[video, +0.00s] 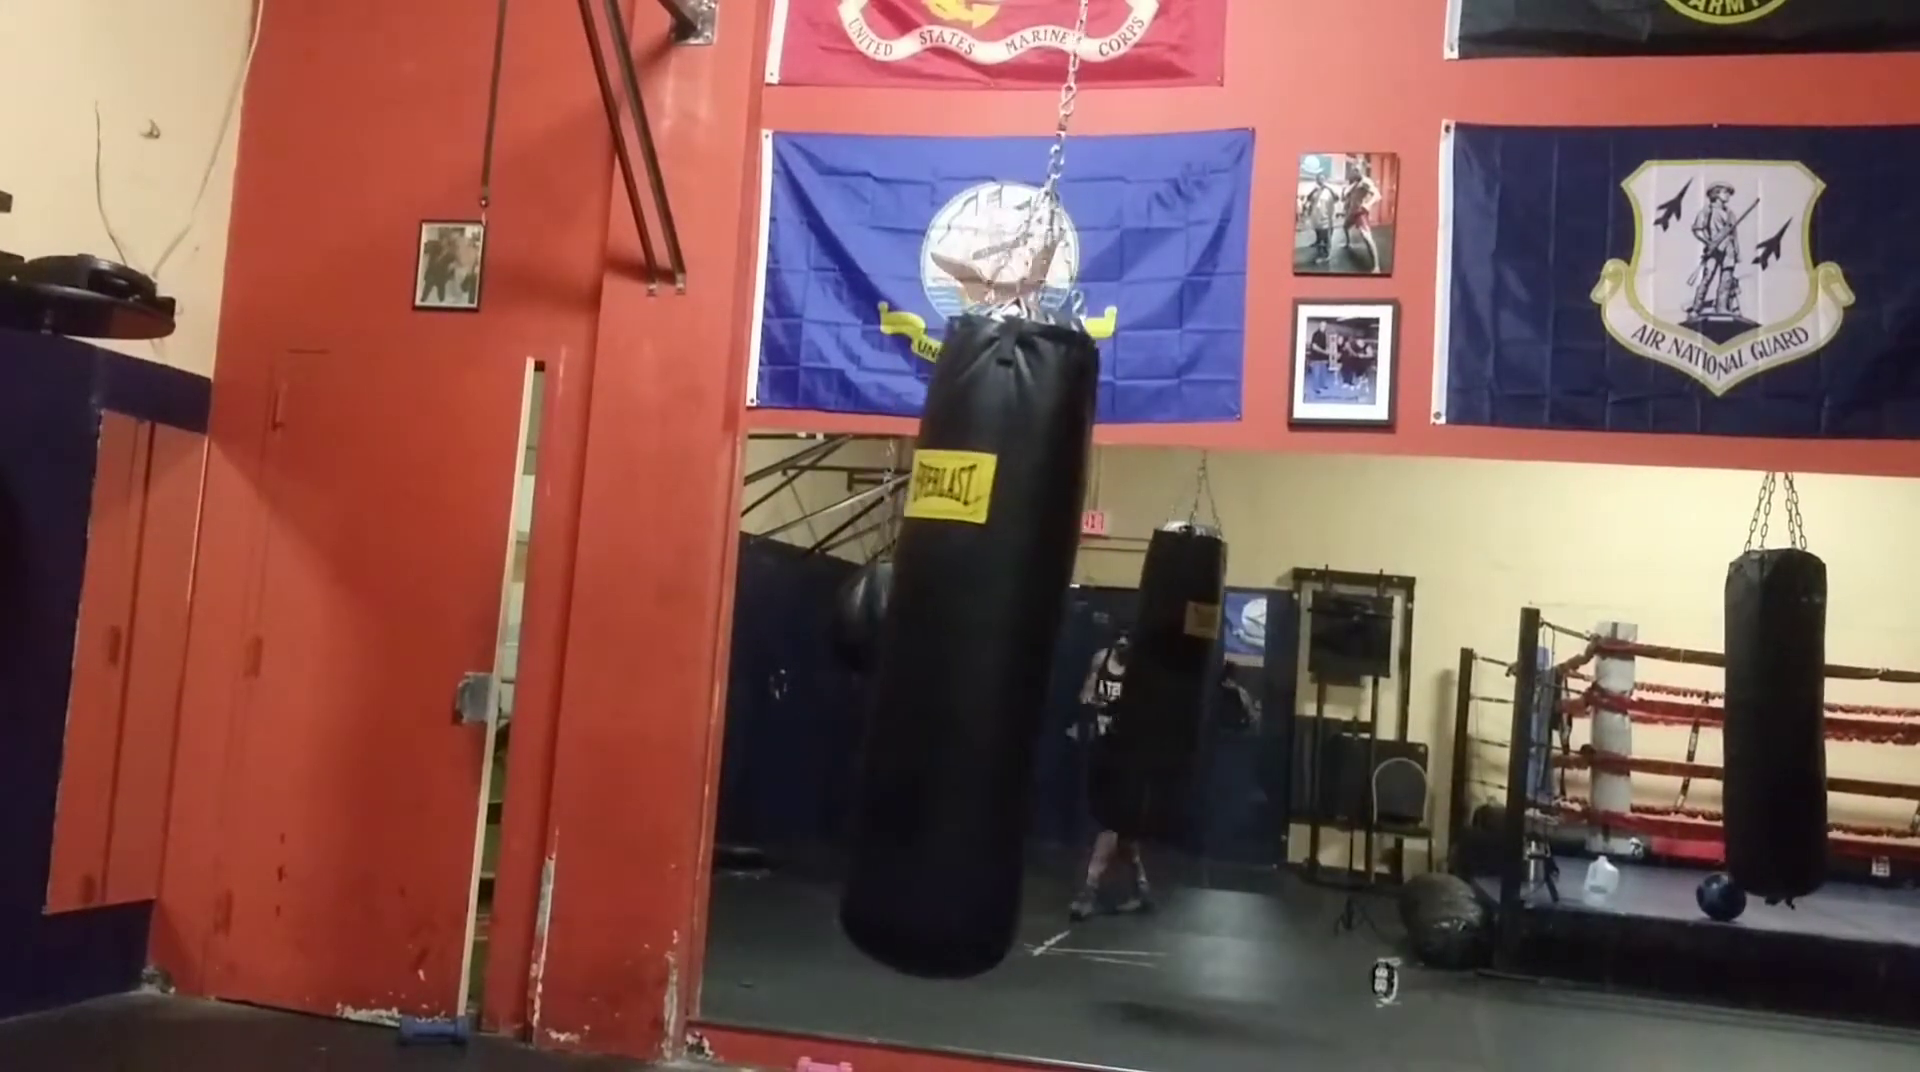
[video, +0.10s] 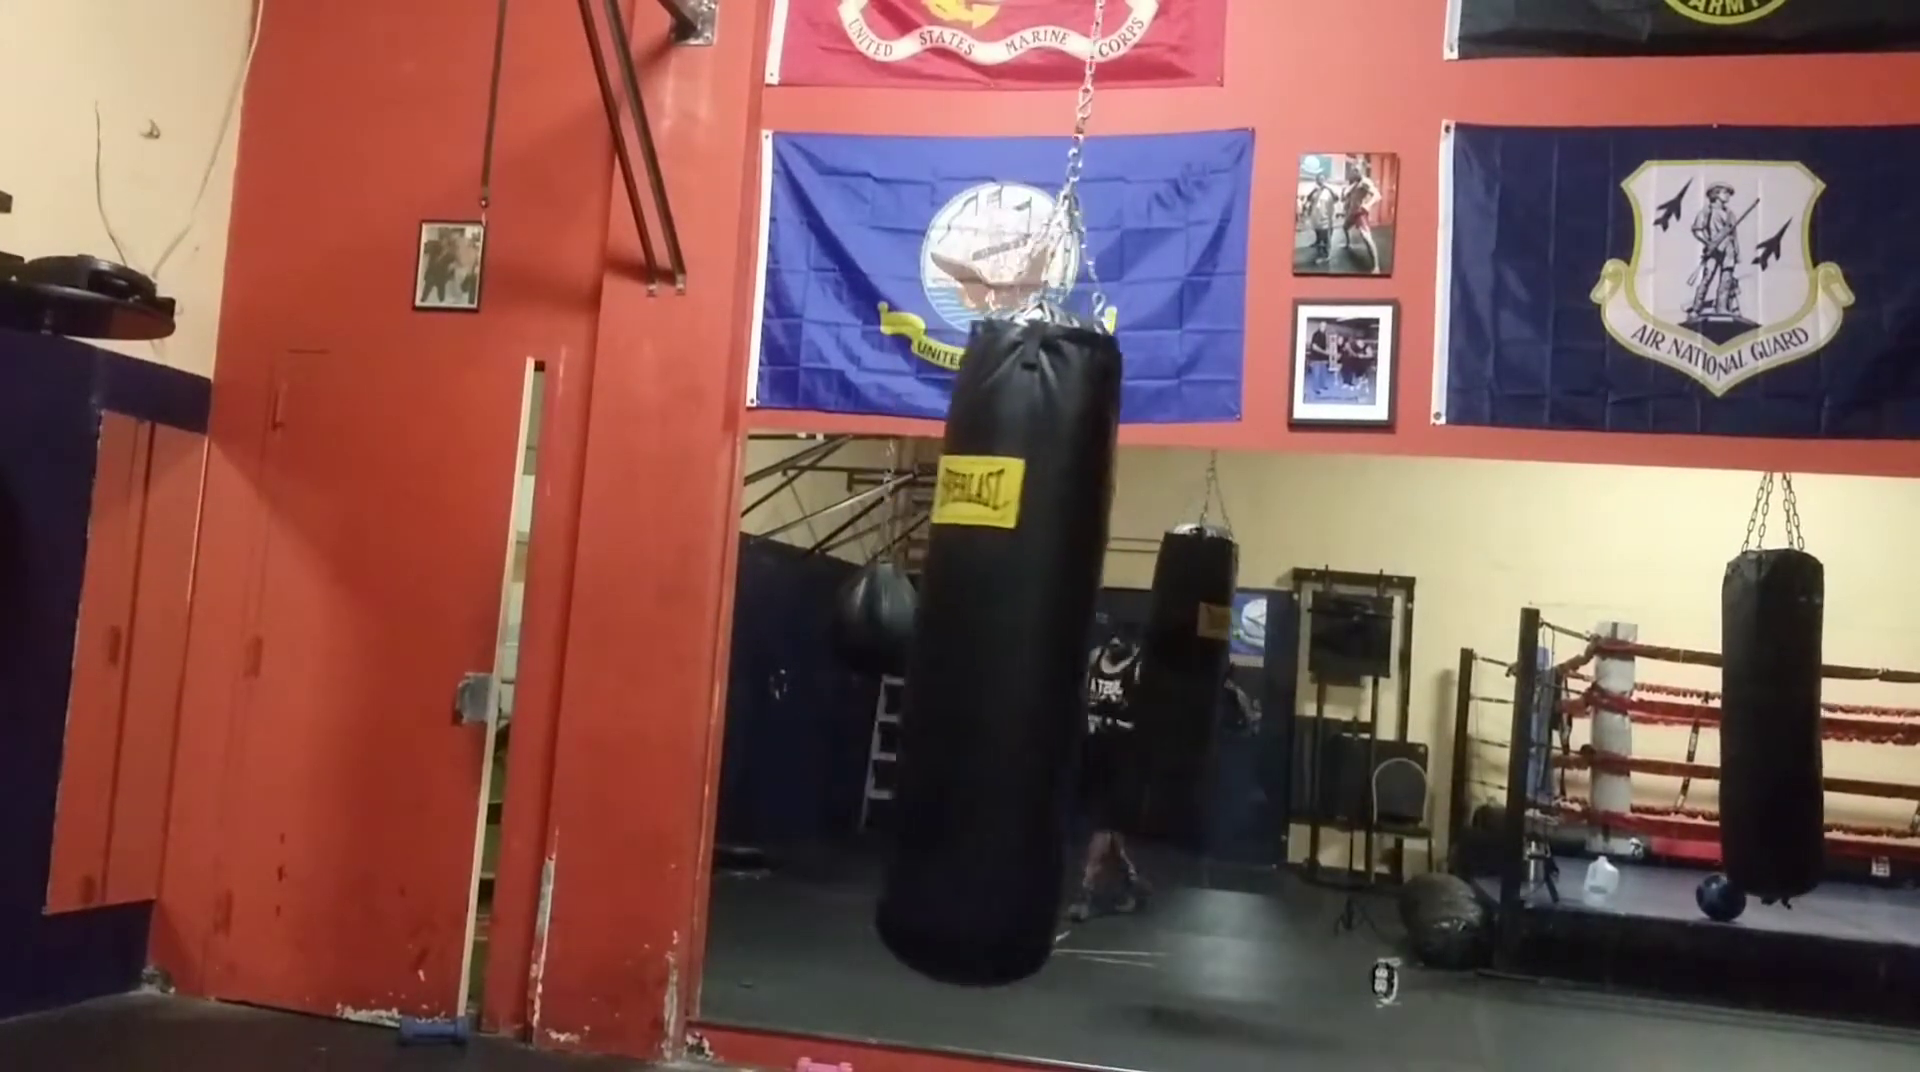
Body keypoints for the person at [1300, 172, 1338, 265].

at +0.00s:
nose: (1320, 182)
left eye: (1322, 180)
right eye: (1318, 180)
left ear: (1324, 180)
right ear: (1316, 181)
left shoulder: (1329, 191)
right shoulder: (1315, 192)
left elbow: (1336, 199)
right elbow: (1309, 199)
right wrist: (1314, 191)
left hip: (1325, 217)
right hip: (1316, 217)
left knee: (1325, 238)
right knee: (1318, 238)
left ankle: (1325, 255)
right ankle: (1318, 254)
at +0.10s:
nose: (1320, 182)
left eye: (1322, 180)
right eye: (1318, 180)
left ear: (1324, 180)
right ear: (1316, 181)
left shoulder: (1328, 192)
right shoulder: (1315, 192)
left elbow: (1336, 199)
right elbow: (1308, 199)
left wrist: (1329, 189)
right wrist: (1314, 192)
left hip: (1325, 217)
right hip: (1315, 217)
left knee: (1325, 239)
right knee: (1318, 238)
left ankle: (1325, 255)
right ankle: (1318, 254)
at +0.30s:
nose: (1320, 182)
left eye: (1322, 180)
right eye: (1318, 180)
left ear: (1325, 180)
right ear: (1316, 181)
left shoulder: (1329, 191)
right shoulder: (1314, 192)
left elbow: (1335, 199)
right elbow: (1309, 199)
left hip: (1325, 217)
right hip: (1315, 217)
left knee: (1325, 239)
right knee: (1318, 238)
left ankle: (1325, 255)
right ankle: (1319, 254)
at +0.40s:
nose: (1320, 183)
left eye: (1321, 180)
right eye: (1318, 181)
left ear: (1325, 181)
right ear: (1316, 181)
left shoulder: (1328, 192)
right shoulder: (1315, 192)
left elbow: (1336, 199)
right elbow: (1309, 199)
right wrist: (1314, 192)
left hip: (1325, 217)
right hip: (1315, 216)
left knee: (1324, 238)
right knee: (1318, 236)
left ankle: (1324, 255)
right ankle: (1318, 253)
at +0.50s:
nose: (1319, 182)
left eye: (1321, 180)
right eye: (1318, 180)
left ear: (1324, 180)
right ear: (1316, 181)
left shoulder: (1329, 192)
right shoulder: (1315, 192)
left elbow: (1336, 198)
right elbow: (1309, 199)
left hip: (1325, 218)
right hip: (1315, 217)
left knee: (1325, 239)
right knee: (1318, 238)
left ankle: (1324, 255)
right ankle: (1318, 253)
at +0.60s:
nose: (1319, 182)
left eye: (1321, 180)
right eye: (1318, 180)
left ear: (1324, 180)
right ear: (1316, 181)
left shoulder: (1329, 192)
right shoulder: (1315, 192)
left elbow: (1336, 198)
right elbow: (1309, 199)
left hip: (1325, 218)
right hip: (1316, 217)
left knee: (1325, 239)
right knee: (1318, 238)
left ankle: (1325, 255)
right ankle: (1318, 253)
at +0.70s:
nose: (1320, 183)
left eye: (1321, 180)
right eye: (1318, 180)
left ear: (1324, 180)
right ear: (1316, 181)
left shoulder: (1329, 192)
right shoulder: (1315, 192)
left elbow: (1336, 199)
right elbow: (1309, 199)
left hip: (1325, 216)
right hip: (1316, 216)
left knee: (1325, 239)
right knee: (1318, 237)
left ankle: (1324, 255)